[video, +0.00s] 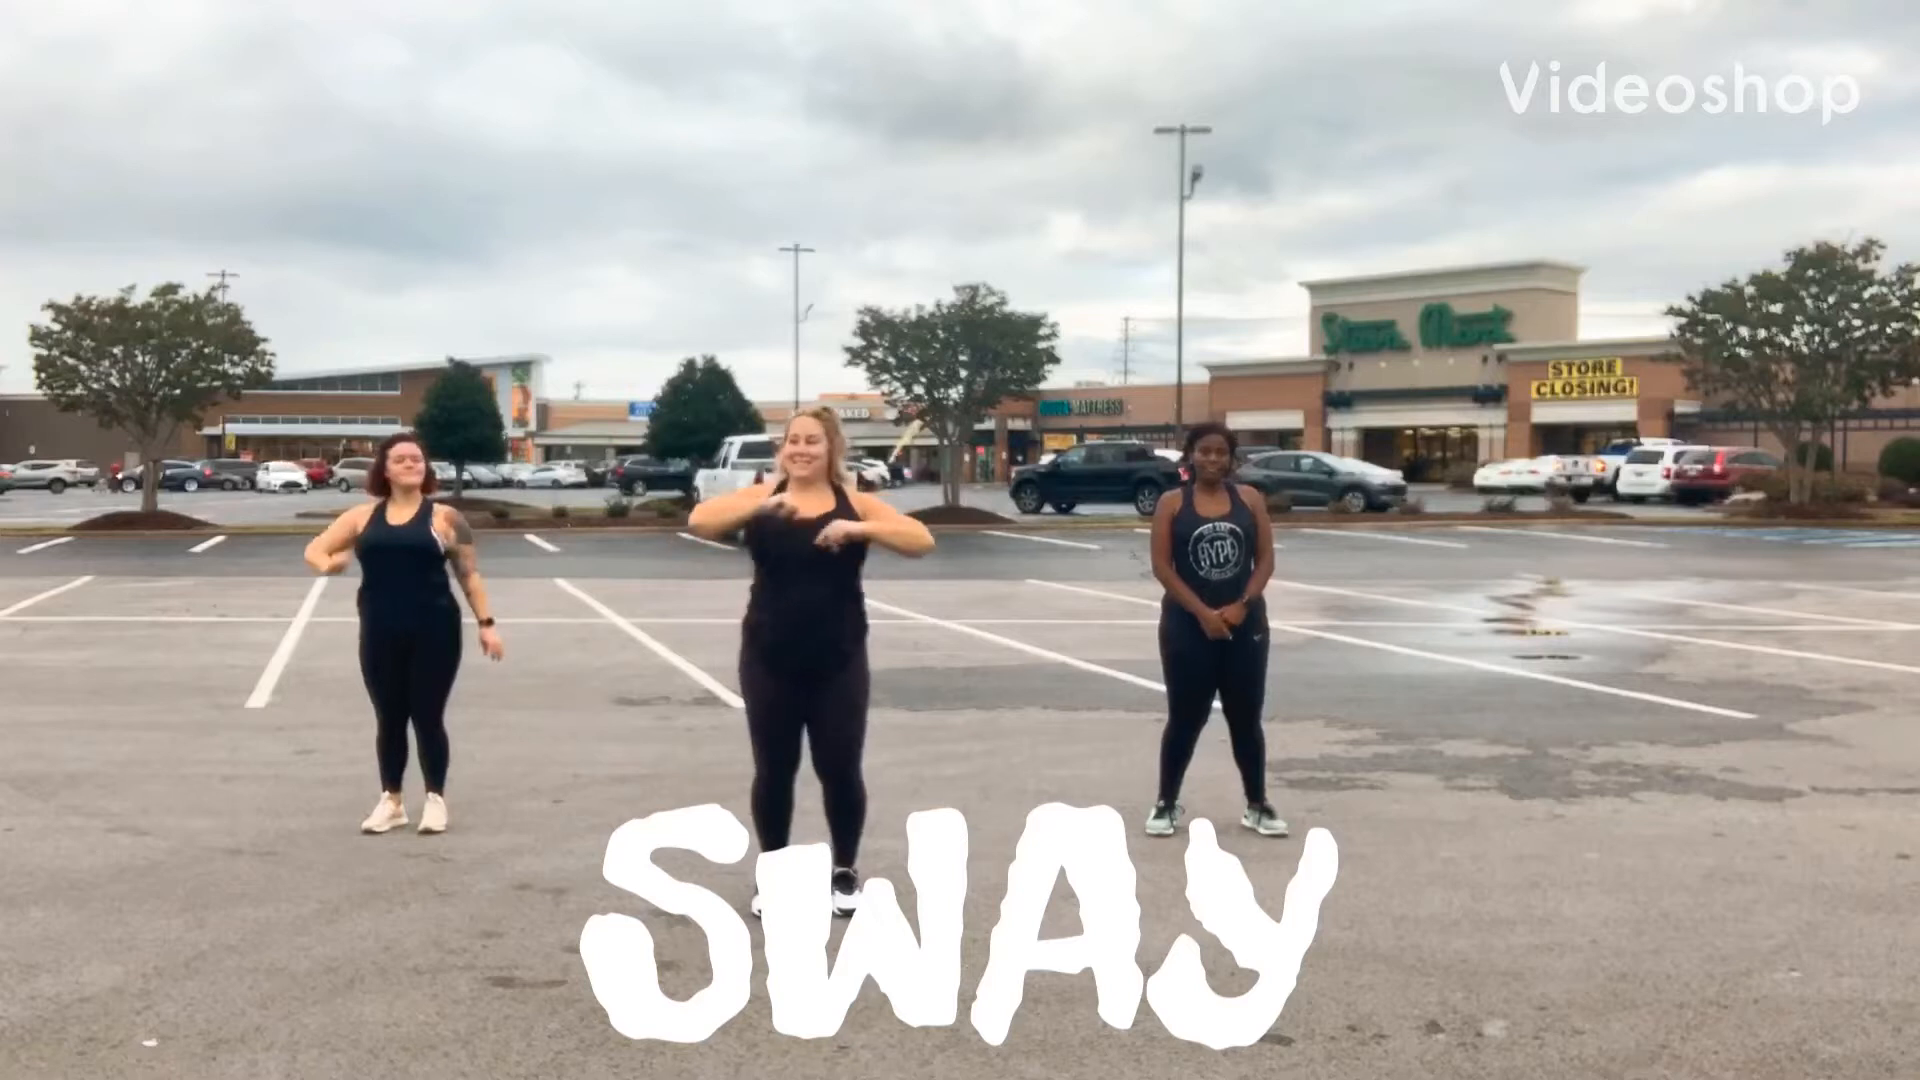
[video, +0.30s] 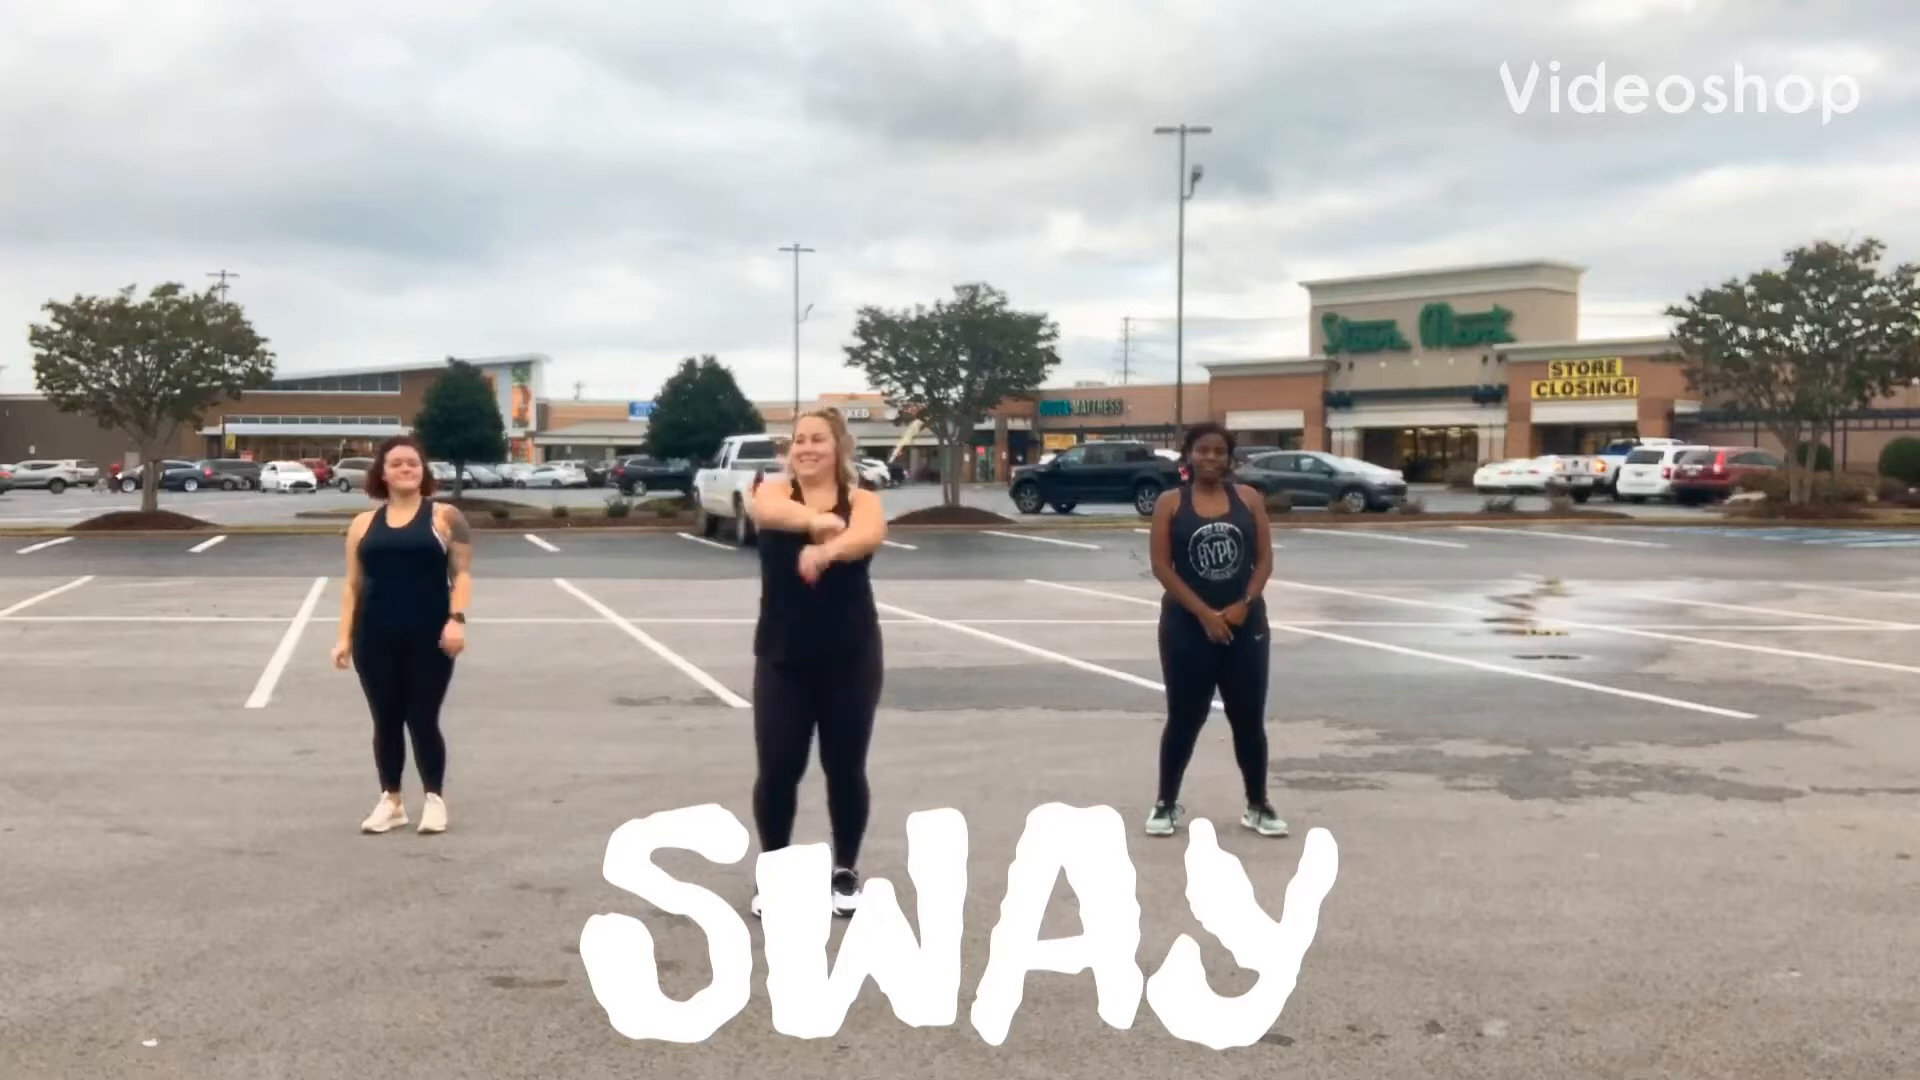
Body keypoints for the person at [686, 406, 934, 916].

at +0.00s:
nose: (800, 449)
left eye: (811, 441)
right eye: (793, 441)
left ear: (832, 450)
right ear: (781, 450)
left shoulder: (856, 502)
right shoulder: (760, 498)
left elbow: (922, 540)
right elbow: (698, 520)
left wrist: (860, 528)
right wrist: (762, 503)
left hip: (838, 662)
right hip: (768, 662)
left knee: (840, 773)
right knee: (773, 775)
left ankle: (844, 871)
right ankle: (770, 873)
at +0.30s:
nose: (806, 448)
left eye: (817, 440)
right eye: (799, 440)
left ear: (840, 449)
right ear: (789, 450)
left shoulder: (862, 501)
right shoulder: (771, 490)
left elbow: (867, 536)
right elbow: (766, 510)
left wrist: (827, 550)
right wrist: (812, 520)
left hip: (850, 659)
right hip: (782, 658)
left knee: (845, 770)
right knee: (776, 774)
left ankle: (845, 870)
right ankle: (771, 875)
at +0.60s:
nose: (800, 448)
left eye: (812, 440)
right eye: (793, 440)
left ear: (833, 449)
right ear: (783, 449)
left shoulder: (859, 506)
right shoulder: (762, 502)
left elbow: (914, 561)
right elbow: (697, 539)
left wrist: (968, 607)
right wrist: (637, 564)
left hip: (841, 661)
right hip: (771, 660)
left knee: (838, 771)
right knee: (773, 773)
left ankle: (844, 875)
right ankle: (773, 873)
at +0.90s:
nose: (796, 447)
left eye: (806, 439)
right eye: (788, 439)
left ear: (823, 448)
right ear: (773, 447)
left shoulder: (847, 502)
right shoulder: (747, 502)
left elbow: (867, 570)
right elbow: (732, 569)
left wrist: (884, 619)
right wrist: (725, 624)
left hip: (826, 661)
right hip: (756, 660)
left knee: (829, 768)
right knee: (764, 772)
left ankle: (842, 866)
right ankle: (770, 874)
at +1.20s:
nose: (797, 448)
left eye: (808, 439)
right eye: (788, 439)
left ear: (824, 447)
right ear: (773, 447)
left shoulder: (846, 505)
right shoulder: (746, 504)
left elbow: (881, 570)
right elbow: (709, 571)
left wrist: (920, 616)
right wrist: (683, 638)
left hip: (830, 664)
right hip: (759, 666)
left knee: (830, 771)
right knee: (769, 775)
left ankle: (838, 884)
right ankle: (771, 878)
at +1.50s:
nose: (818, 451)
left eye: (828, 443)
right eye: (808, 442)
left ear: (843, 454)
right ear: (791, 453)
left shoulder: (862, 514)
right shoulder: (762, 509)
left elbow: (910, 584)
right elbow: (734, 568)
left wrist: (972, 572)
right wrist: (713, 604)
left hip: (852, 676)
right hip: (779, 675)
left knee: (846, 795)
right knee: (785, 788)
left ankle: (846, 910)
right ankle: (771, 876)